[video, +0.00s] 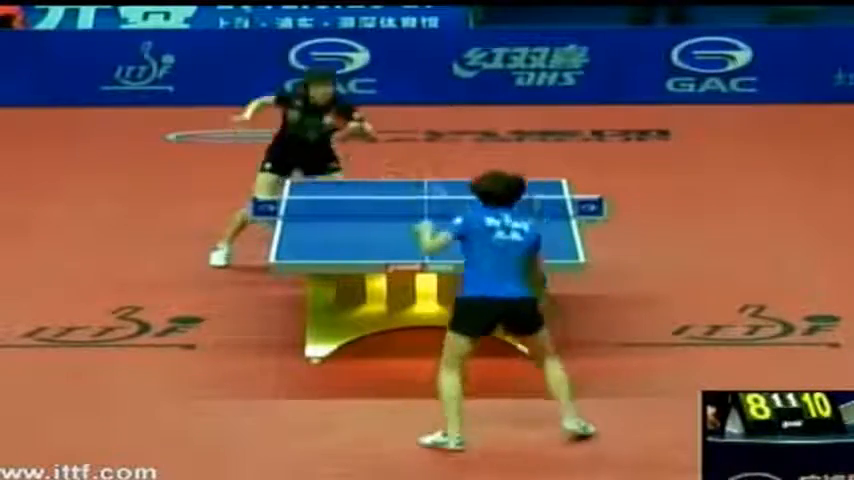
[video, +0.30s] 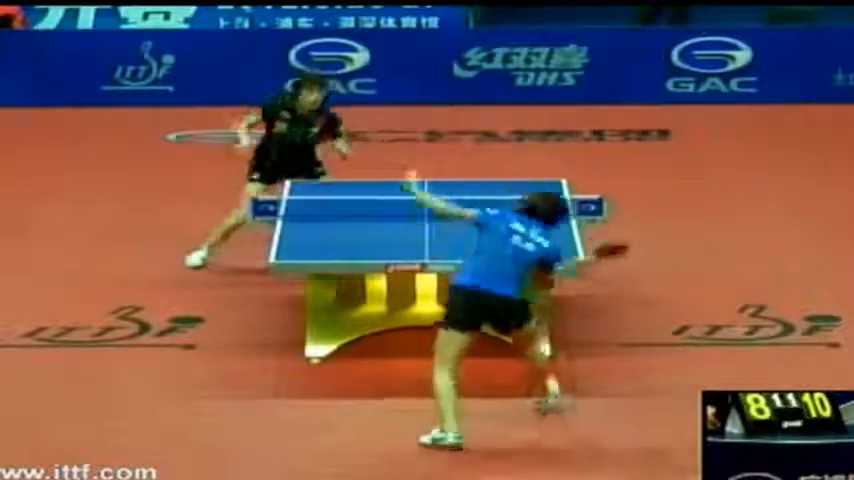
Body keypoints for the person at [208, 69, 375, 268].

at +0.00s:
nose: (322, 94)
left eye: (326, 88)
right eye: (318, 88)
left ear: (333, 88)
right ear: (309, 87)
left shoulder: (339, 105)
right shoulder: (294, 94)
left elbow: (368, 133)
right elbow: (261, 102)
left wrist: (354, 129)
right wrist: (248, 114)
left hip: (319, 156)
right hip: (284, 154)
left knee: (340, 201)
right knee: (260, 205)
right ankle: (225, 245)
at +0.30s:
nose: (313, 99)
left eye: (317, 95)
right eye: (309, 93)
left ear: (323, 97)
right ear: (298, 93)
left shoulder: (325, 118)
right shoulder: (279, 107)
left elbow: (340, 138)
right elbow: (249, 121)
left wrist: (341, 146)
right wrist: (243, 133)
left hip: (304, 165)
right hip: (269, 163)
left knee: (328, 202)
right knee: (247, 211)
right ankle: (205, 250)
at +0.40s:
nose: (305, 89)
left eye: (307, 85)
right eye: (299, 84)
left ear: (309, 88)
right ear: (286, 85)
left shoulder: (307, 111)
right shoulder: (262, 104)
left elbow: (318, 135)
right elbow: (219, 116)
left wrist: (331, 141)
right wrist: (239, 127)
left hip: (280, 158)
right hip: (247, 157)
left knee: (304, 201)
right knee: (227, 212)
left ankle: (297, 253)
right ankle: (200, 248)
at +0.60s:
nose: (292, 89)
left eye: (296, 84)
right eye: (289, 83)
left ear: (297, 87)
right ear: (275, 82)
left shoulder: (294, 111)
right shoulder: (248, 101)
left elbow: (316, 138)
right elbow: (205, 114)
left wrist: (334, 143)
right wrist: (233, 123)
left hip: (260, 158)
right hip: (230, 156)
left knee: (296, 197)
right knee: (217, 210)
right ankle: (175, 246)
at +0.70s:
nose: (286, 97)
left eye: (290, 94)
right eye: (282, 91)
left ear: (292, 98)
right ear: (271, 91)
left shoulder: (288, 123)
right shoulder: (244, 111)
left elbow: (311, 149)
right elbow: (204, 123)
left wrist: (338, 159)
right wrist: (230, 133)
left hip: (254, 170)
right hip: (222, 166)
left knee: (294, 198)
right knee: (204, 216)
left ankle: (300, 252)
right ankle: (162, 254)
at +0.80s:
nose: (276, 110)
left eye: (280, 106)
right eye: (273, 104)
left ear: (279, 110)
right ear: (261, 102)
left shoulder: (272, 135)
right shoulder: (239, 118)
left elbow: (283, 165)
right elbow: (220, 136)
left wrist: (306, 176)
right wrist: (257, 142)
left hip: (225, 175)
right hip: (197, 172)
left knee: (262, 209)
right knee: (184, 224)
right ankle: (146, 260)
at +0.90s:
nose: (270, 115)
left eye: (271, 110)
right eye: (266, 108)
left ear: (254, 111)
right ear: (252, 108)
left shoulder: (247, 129)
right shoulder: (238, 122)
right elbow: (250, 142)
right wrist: (283, 139)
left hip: (204, 174)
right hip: (180, 174)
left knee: (247, 203)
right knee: (188, 225)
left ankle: (255, 253)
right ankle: (141, 257)